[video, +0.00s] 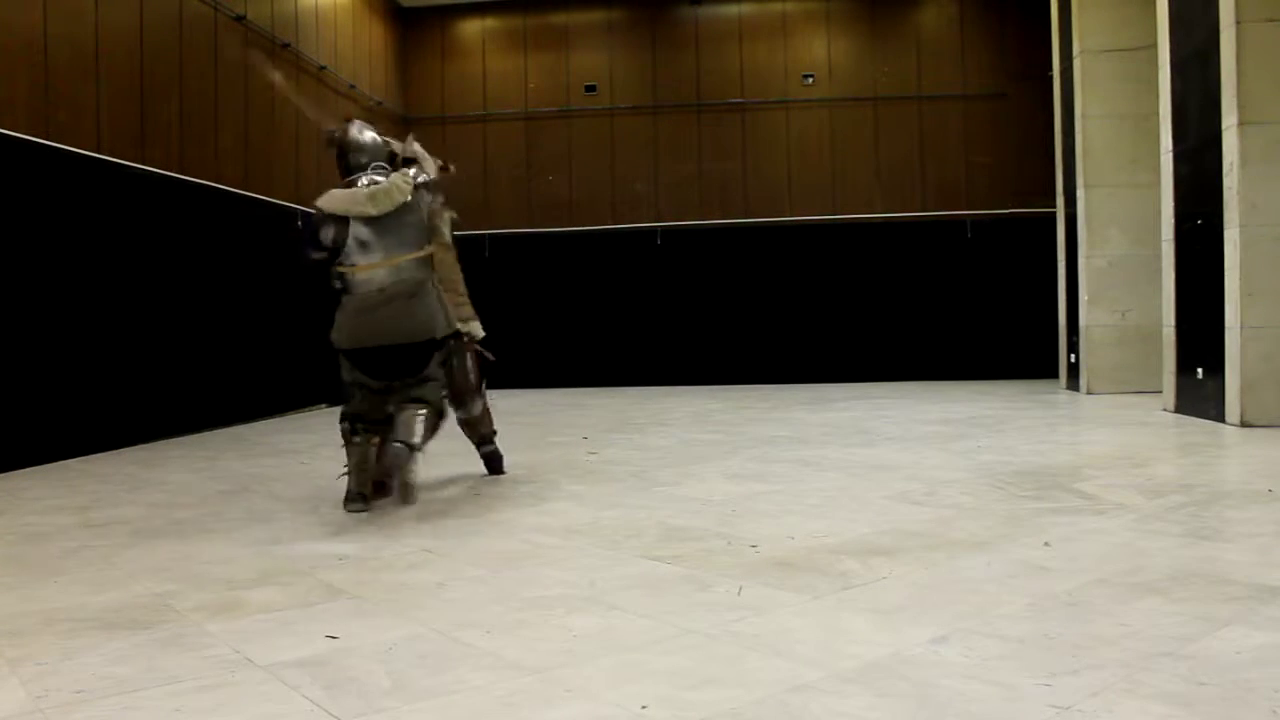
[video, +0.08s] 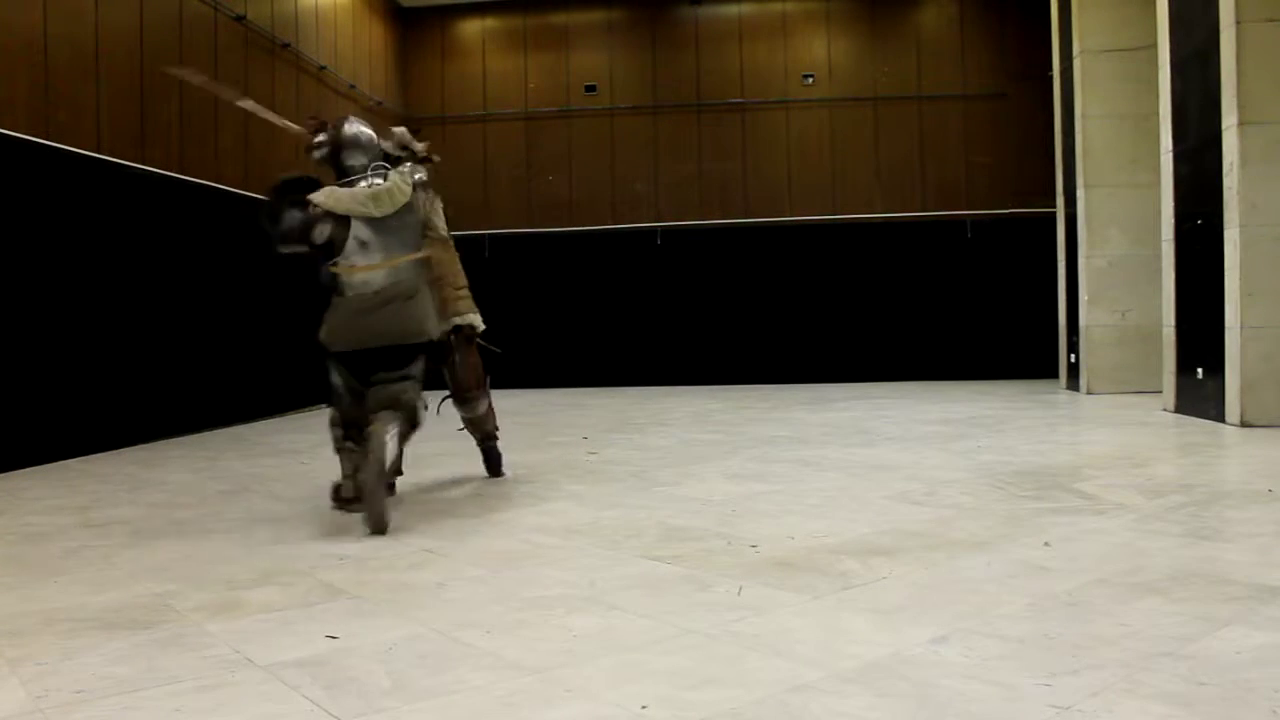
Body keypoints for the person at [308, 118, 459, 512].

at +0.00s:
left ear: (342, 164)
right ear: (387, 156)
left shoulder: (329, 211)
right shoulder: (422, 194)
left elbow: (318, 269)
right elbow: (446, 264)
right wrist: (466, 324)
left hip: (358, 326)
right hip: (418, 321)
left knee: (361, 395)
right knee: (423, 383)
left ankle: (357, 480)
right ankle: (403, 446)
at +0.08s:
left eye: (335, 160)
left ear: (336, 164)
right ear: (381, 154)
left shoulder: (326, 209)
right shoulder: (416, 195)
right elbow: (442, 250)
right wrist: (463, 312)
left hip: (351, 329)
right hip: (410, 323)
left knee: (347, 399)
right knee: (403, 385)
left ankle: (353, 479)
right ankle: (390, 434)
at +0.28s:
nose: (382, 182)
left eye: (386, 175)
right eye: (380, 177)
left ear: (396, 174)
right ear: (376, 179)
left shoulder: (417, 197)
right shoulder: (374, 208)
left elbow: (426, 224)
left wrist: (377, 205)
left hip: (450, 313)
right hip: (406, 319)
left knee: (474, 395)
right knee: (385, 391)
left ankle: (518, 455)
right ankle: (387, 473)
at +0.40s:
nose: (392, 183)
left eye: (394, 175)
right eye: (390, 177)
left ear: (402, 174)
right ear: (397, 177)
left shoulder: (423, 202)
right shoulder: (398, 212)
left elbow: (395, 246)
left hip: (454, 314)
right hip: (417, 319)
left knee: (467, 393)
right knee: (389, 388)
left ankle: (520, 462)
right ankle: (387, 475)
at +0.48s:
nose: (397, 185)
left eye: (399, 177)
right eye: (397, 178)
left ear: (406, 177)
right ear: (422, 174)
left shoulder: (438, 208)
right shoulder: (412, 216)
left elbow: (423, 262)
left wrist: (393, 297)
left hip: (463, 314)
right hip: (429, 317)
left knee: (469, 390)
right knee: (397, 388)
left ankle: (516, 465)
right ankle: (389, 475)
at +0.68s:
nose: (430, 188)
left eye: (434, 180)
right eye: (427, 180)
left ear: (447, 178)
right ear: (426, 182)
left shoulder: (470, 219)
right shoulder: (442, 223)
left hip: (490, 316)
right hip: (453, 319)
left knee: (490, 388)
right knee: (414, 386)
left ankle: (520, 473)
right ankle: (401, 470)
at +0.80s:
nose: (459, 182)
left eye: (465, 173)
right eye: (453, 175)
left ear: (477, 173)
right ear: (446, 178)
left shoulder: (492, 216)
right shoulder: (453, 218)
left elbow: (500, 272)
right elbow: (455, 266)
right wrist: (427, 279)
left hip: (502, 312)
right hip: (464, 315)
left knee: (497, 386)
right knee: (428, 384)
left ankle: (521, 470)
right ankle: (449, 454)